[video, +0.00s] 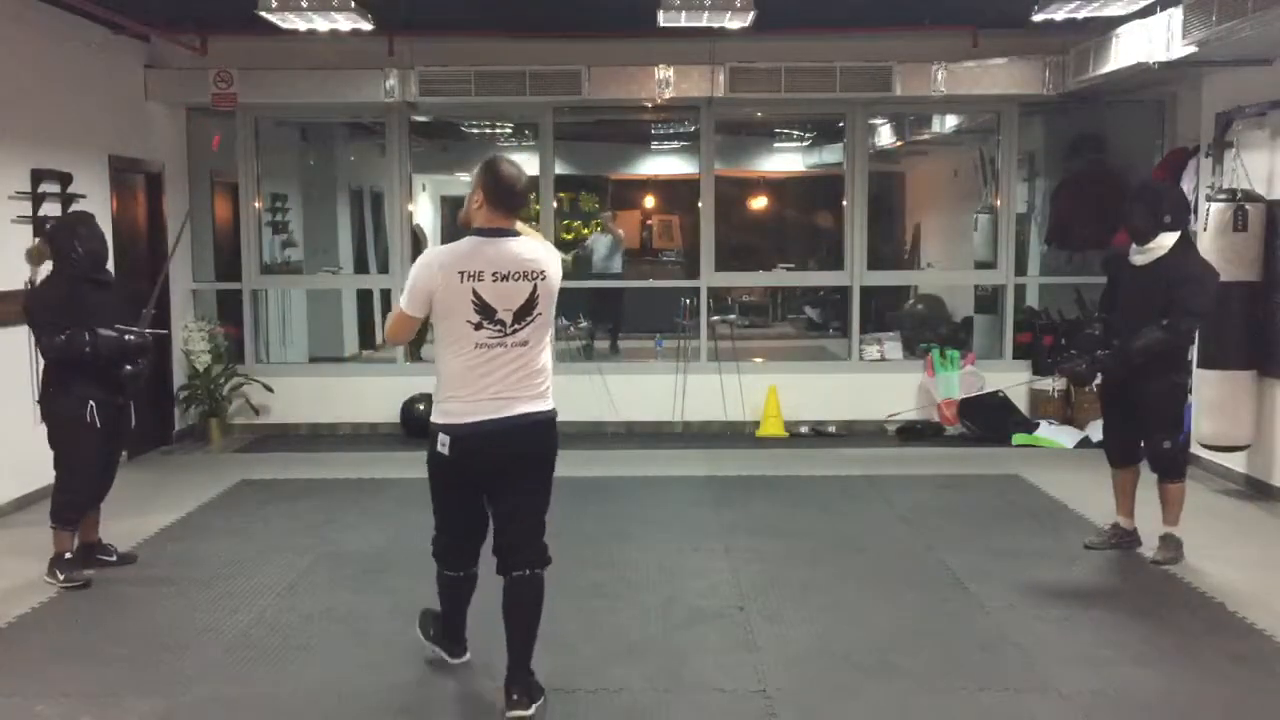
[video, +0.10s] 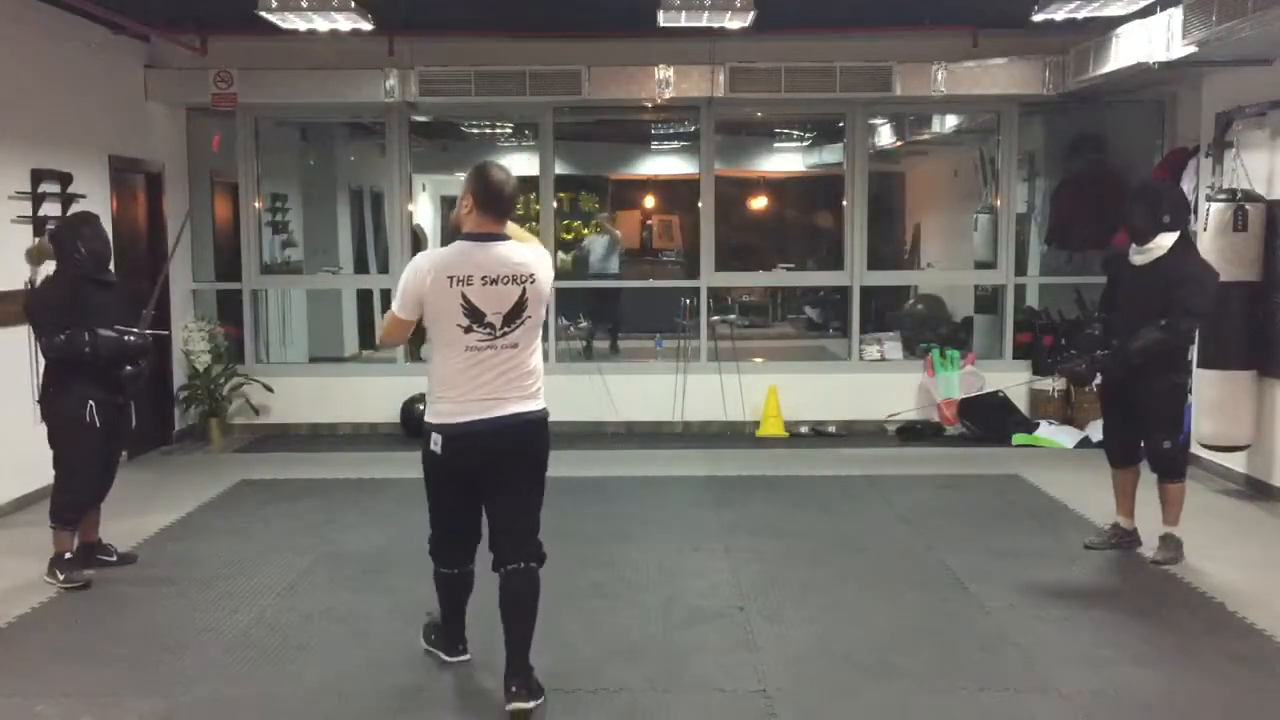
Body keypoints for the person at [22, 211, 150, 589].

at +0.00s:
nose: (94, 247)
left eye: (93, 239)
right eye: (84, 240)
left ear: (94, 242)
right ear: (68, 246)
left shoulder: (110, 289)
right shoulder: (48, 292)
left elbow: (133, 336)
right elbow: (53, 346)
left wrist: (136, 356)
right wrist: (110, 341)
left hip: (107, 391)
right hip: (68, 394)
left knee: (100, 469)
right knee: (76, 471)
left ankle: (89, 544)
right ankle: (61, 558)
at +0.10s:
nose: (96, 246)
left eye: (97, 238)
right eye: (86, 239)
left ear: (102, 241)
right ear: (68, 247)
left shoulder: (113, 289)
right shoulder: (50, 291)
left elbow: (139, 338)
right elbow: (53, 346)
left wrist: (137, 357)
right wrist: (110, 341)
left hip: (108, 391)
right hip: (69, 394)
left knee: (101, 468)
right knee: (75, 470)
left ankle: (89, 544)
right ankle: (61, 558)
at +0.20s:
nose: (98, 247)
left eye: (100, 239)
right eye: (88, 240)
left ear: (105, 242)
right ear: (70, 247)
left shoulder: (113, 289)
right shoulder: (51, 291)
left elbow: (138, 337)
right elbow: (53, 345)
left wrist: (139, 360)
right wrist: (110, 341)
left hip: (107, 390)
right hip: (69, 392)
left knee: (101, 467)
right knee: (76, 469)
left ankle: (89, 545)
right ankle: (62, 558)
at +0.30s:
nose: (100, 247)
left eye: (102, 239)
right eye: (89, 240)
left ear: (107, 241)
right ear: (71, 246)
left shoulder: (113, 289)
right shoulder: (52, 290)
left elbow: (136, 337)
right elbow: (53, 345)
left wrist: (140, 363)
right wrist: (113, 341)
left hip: (109, 390)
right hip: (70, 392)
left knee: (102, 467)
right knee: (77, 470)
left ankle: (89, 544)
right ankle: (62, 557)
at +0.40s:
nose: (99, 247)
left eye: (102, 239)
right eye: (89, 240)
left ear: (108, 241)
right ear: (70, 245)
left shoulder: (113, 289)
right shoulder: (52, 291)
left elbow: (137, 337)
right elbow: (54, 345)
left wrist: (140, 365)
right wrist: (115, 342)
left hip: (109, 389)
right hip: (71, 391)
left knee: (102, 467)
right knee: (77, 469)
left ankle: (90, 544)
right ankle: (62, 557)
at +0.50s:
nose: (100, 247)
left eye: (102, 239)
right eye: (90, 240)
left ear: (107, 242)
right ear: (71, 245)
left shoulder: (113, 289)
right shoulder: (52, 290)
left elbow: (136, 336)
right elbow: (54, 345)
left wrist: (140, 364)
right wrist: (115, 343)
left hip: (109, 389)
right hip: (71, 391)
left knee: (102, 466)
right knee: (78, 469)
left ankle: (90, 544)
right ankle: (68, 558)